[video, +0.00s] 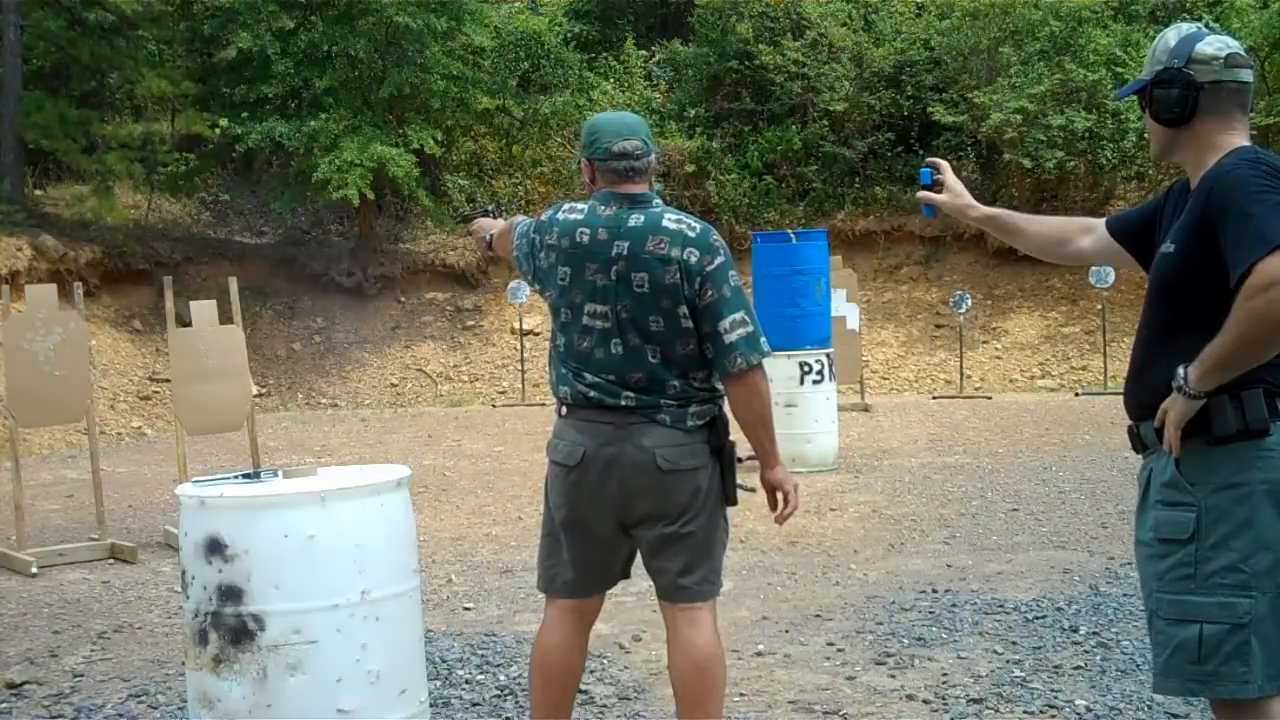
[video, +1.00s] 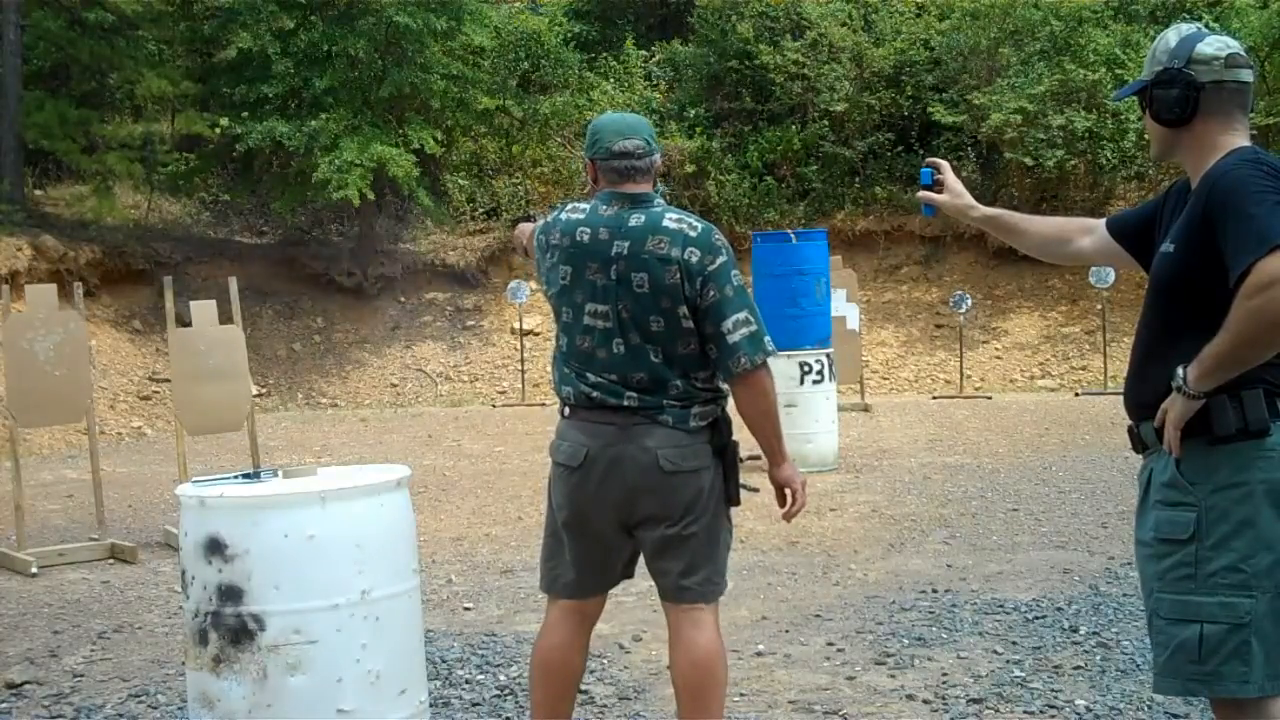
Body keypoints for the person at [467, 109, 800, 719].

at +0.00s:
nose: (582, 171)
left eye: (583, 164)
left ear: (588, 171)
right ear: (653, 167)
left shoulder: (560, 230)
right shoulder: (698, 241)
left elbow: (507, 241)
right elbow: (740, 364)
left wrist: (490, 227)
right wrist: (770, 460)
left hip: (583, 446)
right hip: (678, 450)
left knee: (568, 609)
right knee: (691, 611)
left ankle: (548, 716)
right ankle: (702, 715)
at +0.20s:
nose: (582, 172)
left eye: (582, 165)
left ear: (587, 172)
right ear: (652, 168)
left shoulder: (559, 230)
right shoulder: (697, 241)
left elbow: (507, 241)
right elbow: (740, 364)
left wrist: (489, 227)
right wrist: (770, 459)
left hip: (583, 446)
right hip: (678, 451)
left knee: (568, 608)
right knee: (691, 611)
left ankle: (547, 716)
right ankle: (702, 715)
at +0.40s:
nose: (582, 173)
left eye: (582, 166)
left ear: (588, 172)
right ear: (653, 168)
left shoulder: (557, 232)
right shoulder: (699, 241)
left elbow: (514, 242)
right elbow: (742, 365)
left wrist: (500, 225)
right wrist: (770, 459)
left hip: (583, 446)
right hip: (678, 451)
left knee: (567, 610)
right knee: (691, 612)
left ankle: (546, 716)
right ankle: (701, 716)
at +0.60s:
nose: (583, 173)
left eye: (584, 166)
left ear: (592, 171)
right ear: (657, 168)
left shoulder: (558, 232)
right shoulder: (700, 242)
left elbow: (520, 236)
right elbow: (745, 367)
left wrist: (514, 229)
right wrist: (772, 461)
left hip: (584, 448)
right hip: (681, 452)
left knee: (568, 609)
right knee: (692, 611)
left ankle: (546, 717)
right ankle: (701, 717)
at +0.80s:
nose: (583, 174)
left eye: (584, 166)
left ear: (592, 171)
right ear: (656, 167)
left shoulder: (564, 231)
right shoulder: (698, 241)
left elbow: (531, 239)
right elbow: (746, 366)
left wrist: (530, 232)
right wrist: (776, 458)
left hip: (584, 446)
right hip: (681, 452)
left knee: (568, 608)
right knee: (692, 611)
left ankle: (547, 713)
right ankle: (702, 716)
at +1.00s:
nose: (585, 172)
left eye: (586, 165)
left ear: (592, 170)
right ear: (658, 166)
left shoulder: (562, 233)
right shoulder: (697, 240)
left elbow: (527, 236)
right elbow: (747, 365)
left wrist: (533, 228)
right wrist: (778, 458)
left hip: (584, 447)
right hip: (682, 452)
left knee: (570, 608)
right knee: (693, 612)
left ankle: (547, 715)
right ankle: (703, 718)